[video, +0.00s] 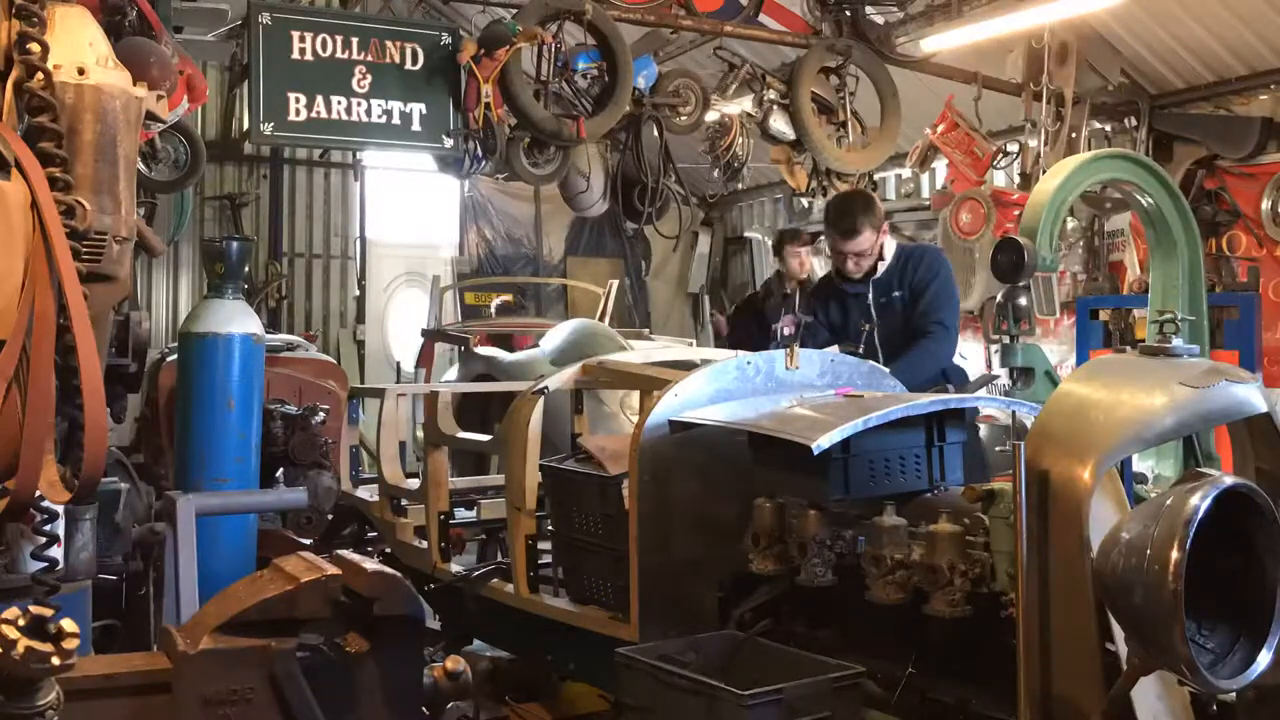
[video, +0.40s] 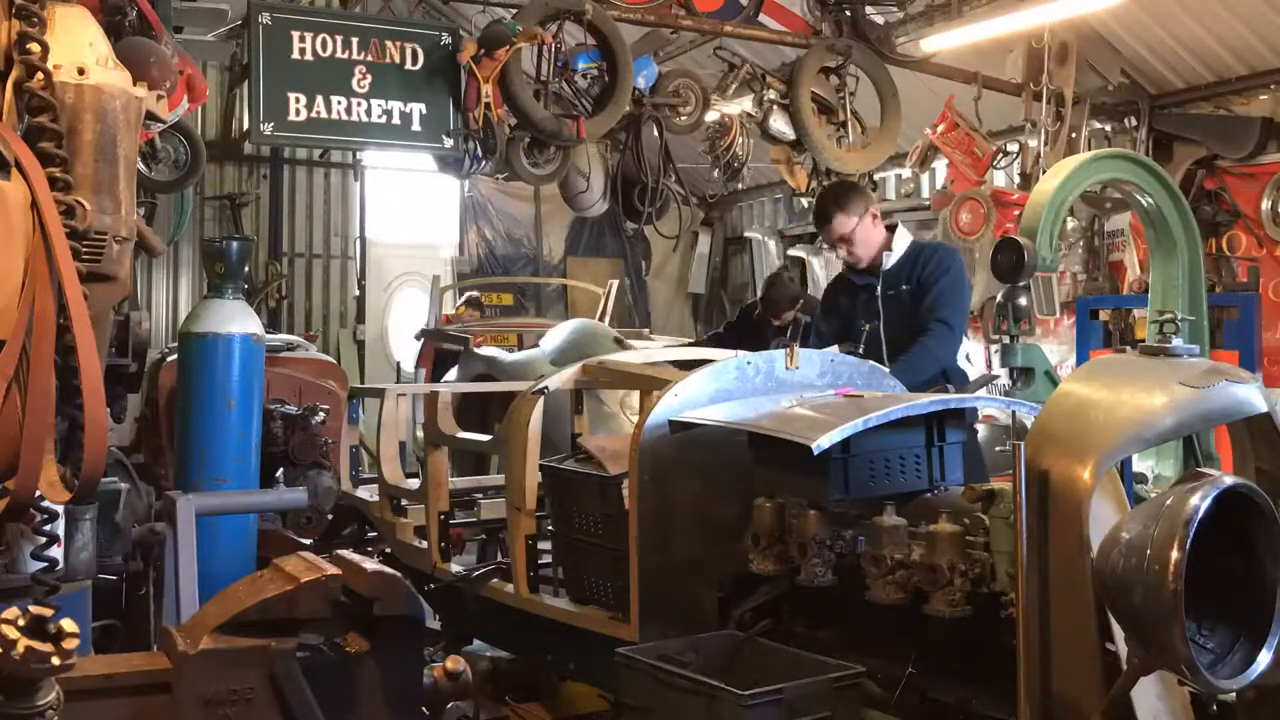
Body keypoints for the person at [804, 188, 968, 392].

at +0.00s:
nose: (849, 265)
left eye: (861, 255)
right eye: (839, 254)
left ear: (883, 234)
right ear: (827, 241)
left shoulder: (926, 264)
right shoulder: (823, 295)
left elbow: (938, 345)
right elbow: (812, 360)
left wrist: (880, 390)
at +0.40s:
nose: (841, 254)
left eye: (846, 239)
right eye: (833, 246)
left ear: (874, 217)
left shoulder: (939, 261)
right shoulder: (839, 290)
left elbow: (941, 345)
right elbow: (819, 360)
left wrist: (881, 391)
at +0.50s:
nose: (815, 281)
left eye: (816, 268)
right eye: (807, 274)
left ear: (835, 237)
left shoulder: (919, 259)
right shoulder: (830, 304)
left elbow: (940, 342)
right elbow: (804, 359)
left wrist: (878, 391)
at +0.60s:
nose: (787, 339)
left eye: (779, 328)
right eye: (778, 342)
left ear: (787, 299)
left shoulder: (873, 283)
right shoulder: (827, 351)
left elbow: (938, 339)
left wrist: (880, 389)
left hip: (959, 409)